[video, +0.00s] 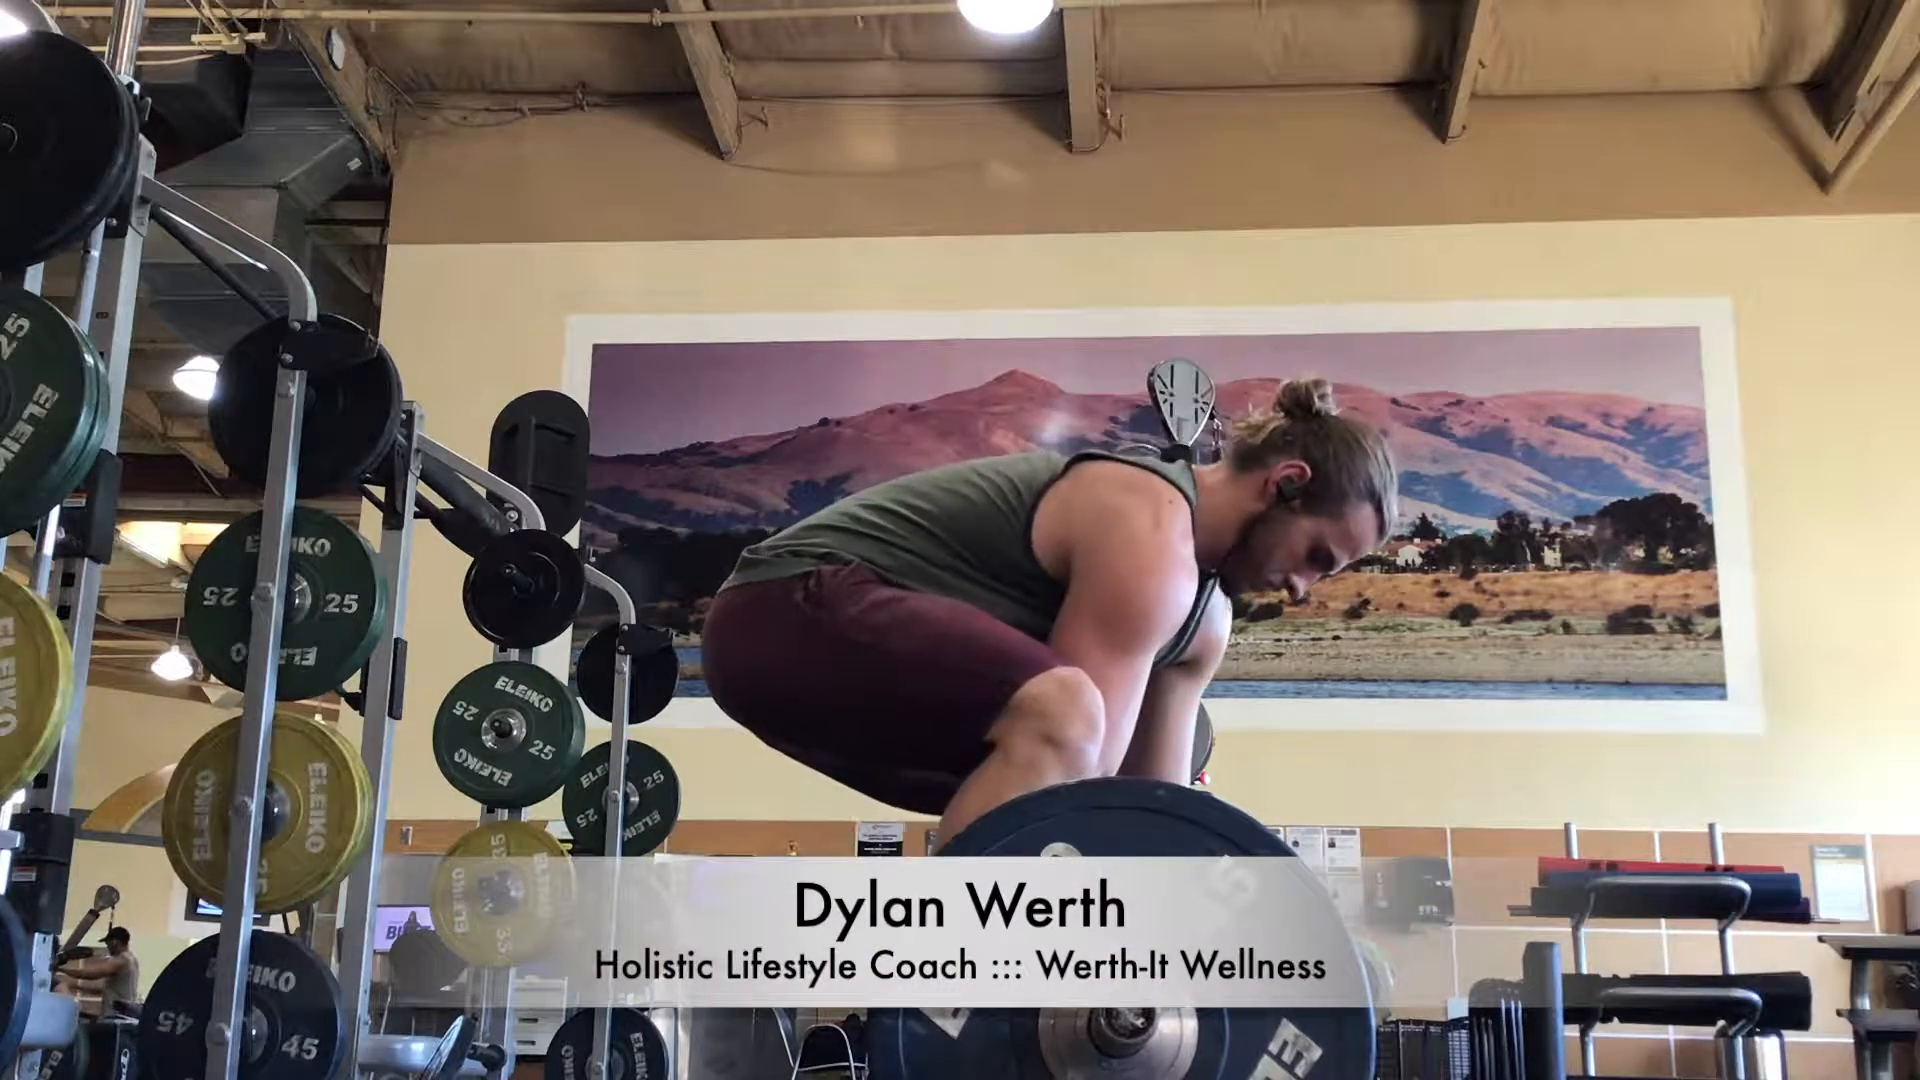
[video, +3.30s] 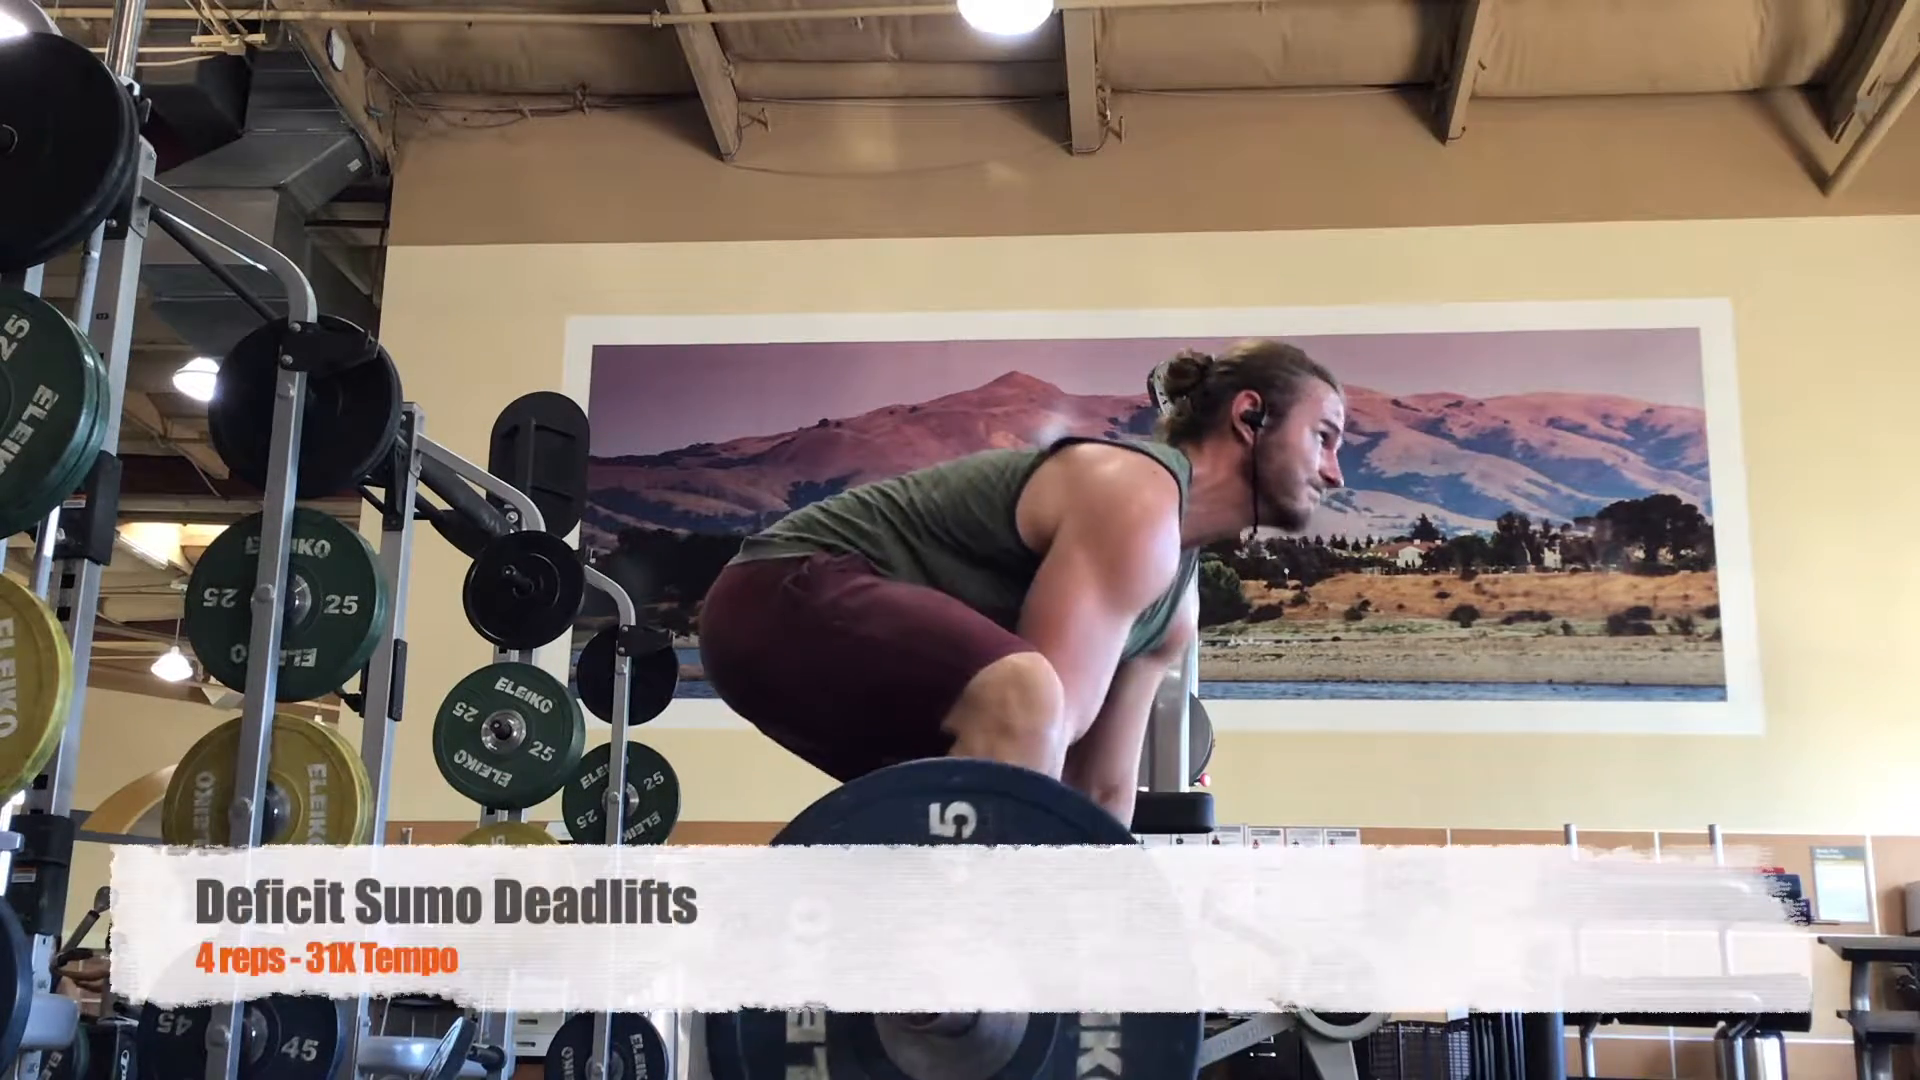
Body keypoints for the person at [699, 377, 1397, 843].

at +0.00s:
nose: (1303, 588)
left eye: (1325, 575)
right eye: (1316, 558)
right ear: (1282, 485)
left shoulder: (1199, 617)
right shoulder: (1143, 539)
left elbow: (1148, 812)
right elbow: (1068, 783)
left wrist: (1157, 968)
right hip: (790, 605)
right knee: (1062, 717)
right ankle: (918, 977)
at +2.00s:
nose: (1312, 497)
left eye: (1318, 477)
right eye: (1301, 464)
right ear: (1227, 439)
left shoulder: (1168, 613)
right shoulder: (1108, 522)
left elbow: (1152, 798)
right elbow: (1074, 776)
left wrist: (1174, 968)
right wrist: (1100, 967)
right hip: (754, 609)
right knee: (1018, 704)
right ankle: (907, 1043)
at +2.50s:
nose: (1325, 510)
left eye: (1332, 488)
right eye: (1316, 473)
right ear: (1243, 446)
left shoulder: (1175, 631)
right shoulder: (1122, 526)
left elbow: (1114, 814)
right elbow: (1034, 756)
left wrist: (1121, 980)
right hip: (762, 606)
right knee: (1028, 708)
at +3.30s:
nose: (1337, 471)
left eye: (1340, 448)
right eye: (1324, 437)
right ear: (1248, 420)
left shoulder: (1172, 603)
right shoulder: (1132, 506)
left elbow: (1105, 787)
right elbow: (1033, 734)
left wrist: (1089, 951)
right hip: (782, 589)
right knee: (1020, 699)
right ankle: (965, 971)